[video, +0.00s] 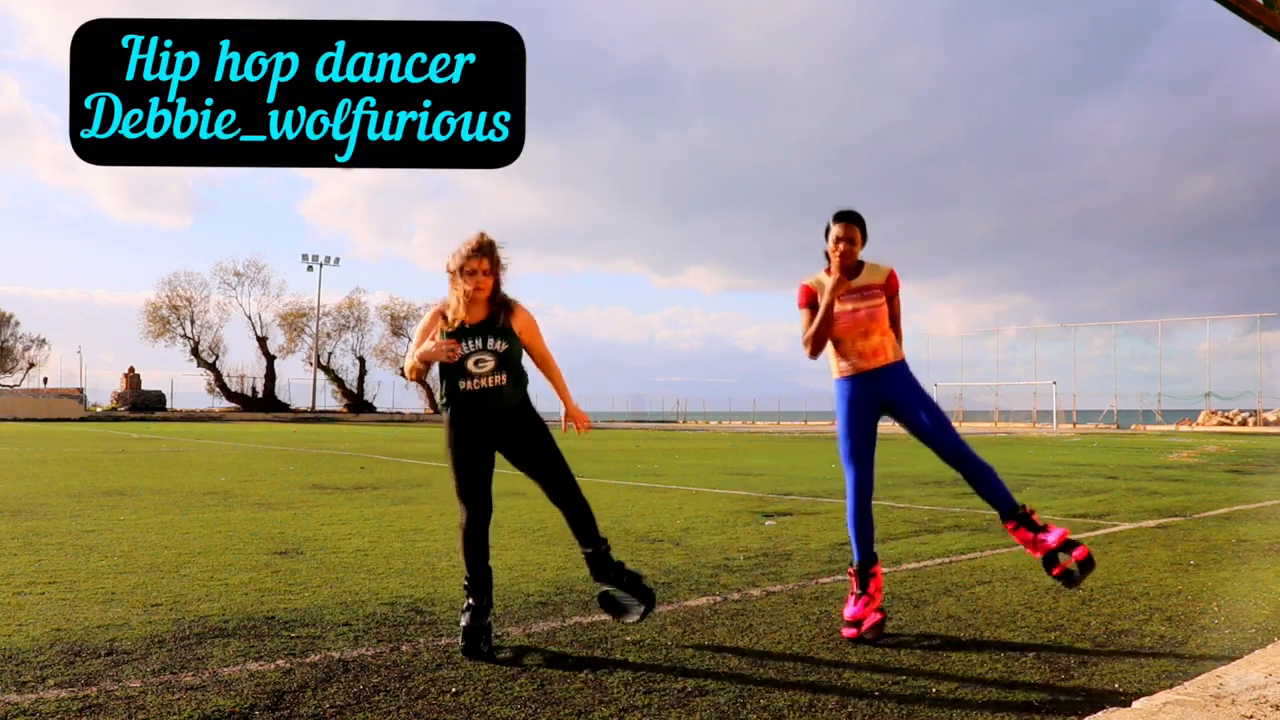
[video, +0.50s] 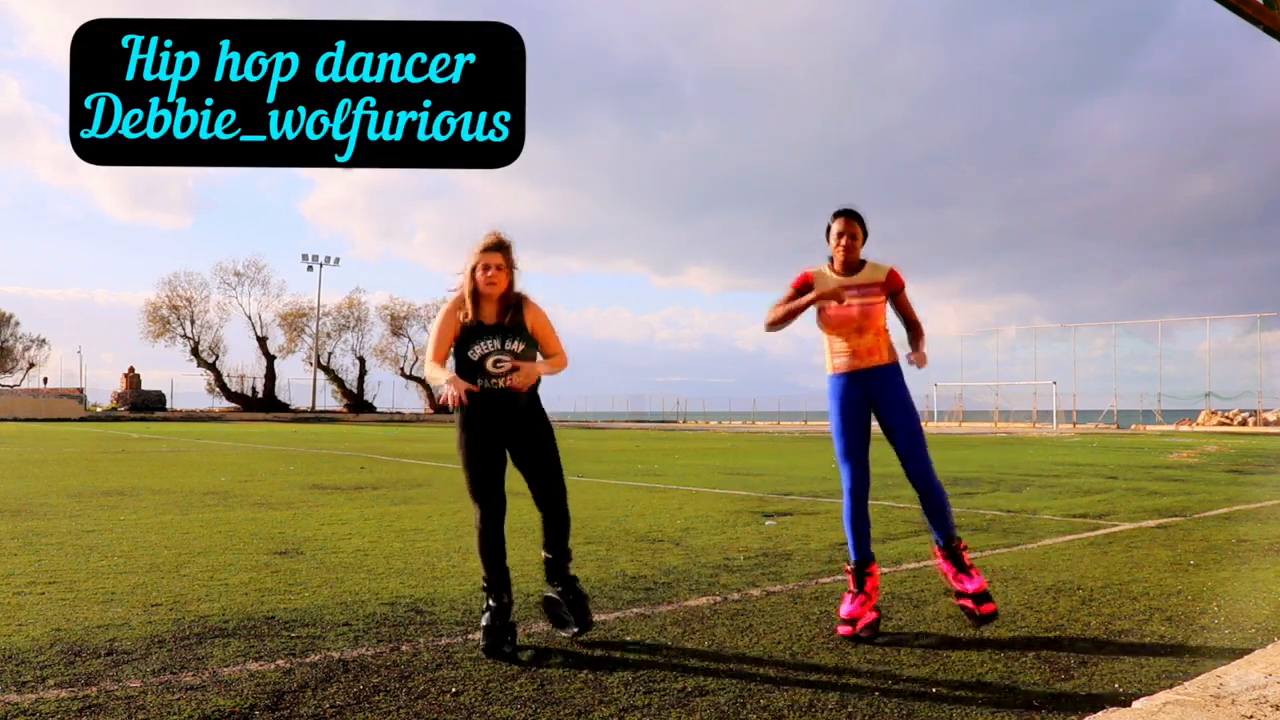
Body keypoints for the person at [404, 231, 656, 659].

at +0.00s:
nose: (479, 281)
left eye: (486, 273)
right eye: (470, 273)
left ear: (496, 276)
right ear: (455, 275)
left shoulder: (514, 315)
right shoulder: (438, 319)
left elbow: (544, 360)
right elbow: (411, 371)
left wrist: (568, 402)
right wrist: (425, 354)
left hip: (515, 418)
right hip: (466, 425)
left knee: (564, 488)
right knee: (475, 513)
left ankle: (604, 567)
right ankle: (477, 606)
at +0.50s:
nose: (491, 274)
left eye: (499, 267)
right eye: (484, 267)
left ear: (510, 273)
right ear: (471, 271)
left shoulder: (526, 310)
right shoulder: (455, 311)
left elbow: (560, 359)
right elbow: (431, 365)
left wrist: (538, 368)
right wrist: (447, 378)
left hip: (524, 414)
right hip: (477, 418)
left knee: (554, 499)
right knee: (490, 511)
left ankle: (560, 585)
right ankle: (497, 606)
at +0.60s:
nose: (506, 254)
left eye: (514, 247)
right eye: (499, 246)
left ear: (527, 253)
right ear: (488, 249)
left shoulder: (540, 287)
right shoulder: (472, 278)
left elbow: (574, 336)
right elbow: (444, 328)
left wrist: (547, 309)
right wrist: (439, 372)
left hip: (527, 399)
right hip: (478, 399)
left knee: (537, 492)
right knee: (483, 495)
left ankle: (532, 575)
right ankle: (484, 592)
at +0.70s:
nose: (512, 256)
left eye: (520, 248)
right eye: (504, 248)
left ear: (535, 252)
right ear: (494, 251)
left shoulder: (548, 287)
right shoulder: (478, 276)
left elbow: (579, 338)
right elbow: (449, 328)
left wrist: (552, 307)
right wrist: (434, 376)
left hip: (527, 393)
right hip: (479, 391)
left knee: (529, 493)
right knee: (473, 488)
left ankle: (517, 591)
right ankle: (464, 590)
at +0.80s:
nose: (522, 273)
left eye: (530, 267)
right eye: (514, 267)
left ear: (542, 274)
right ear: (503, 274)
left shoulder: (556, 315)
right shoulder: (485, 305)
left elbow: (578, 373)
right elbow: (453, 357)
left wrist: (565, 341)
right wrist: (427, 408)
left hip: (529, 421)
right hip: (481, 416)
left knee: (524, 509)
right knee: (456, 495)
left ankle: (509, 602)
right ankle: (417, 590)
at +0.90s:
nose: (528, 282)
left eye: (536, 275)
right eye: (521, 275)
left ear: (548, 283)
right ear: (511, 281)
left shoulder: (561, 328)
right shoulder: (488, 315)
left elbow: (571, 386)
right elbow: (458, 368)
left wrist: (566, 361)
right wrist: (434, 421)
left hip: (531, 430)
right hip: (482, 422)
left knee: (525, 517)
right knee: (442, 499)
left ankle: (506, 607)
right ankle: (390, 590)